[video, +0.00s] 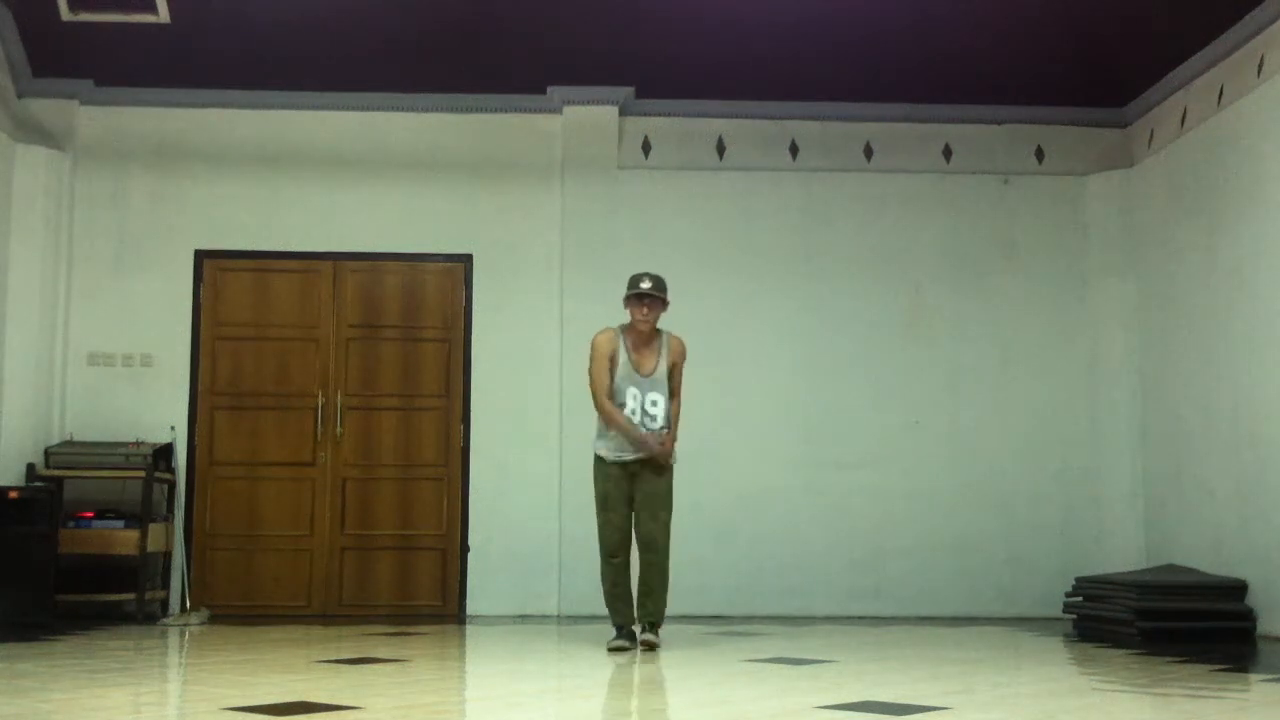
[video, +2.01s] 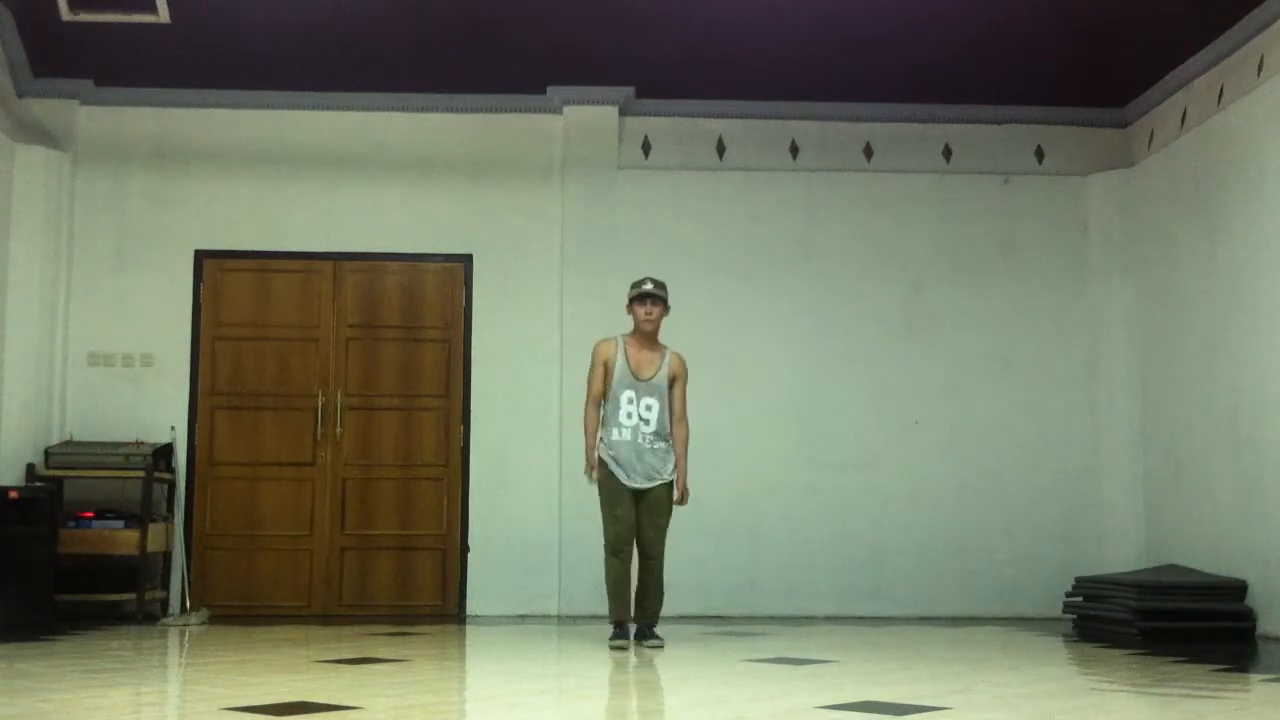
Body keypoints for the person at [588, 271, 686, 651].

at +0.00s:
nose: (644, 308)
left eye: (652, 302)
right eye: (637, 301)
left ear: (663, 307)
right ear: (627, 304)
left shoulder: (673, 347)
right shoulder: (606, 342)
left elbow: (674, 399)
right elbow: (601, 401)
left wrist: (669, 439)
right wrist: (639, 438)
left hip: (655, 460)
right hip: (612, 460)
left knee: (654, 542)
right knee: (614, 546)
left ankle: (650, 625)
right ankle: (622, 627)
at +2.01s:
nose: (648, 308)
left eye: (655, 302)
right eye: (641, 301)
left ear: (665, 310)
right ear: (630, 308)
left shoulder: (674, 363)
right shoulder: (607, 350)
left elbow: (679, 421)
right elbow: (593, 403)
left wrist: (681, 473)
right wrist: (591, 451)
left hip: (659, 470)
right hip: (614, 467)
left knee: (652, 549)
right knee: (618, 546)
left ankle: (647, 624)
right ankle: (620, 624)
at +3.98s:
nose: (708, 325)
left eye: (716, 318)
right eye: (704, 318)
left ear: (731, 323)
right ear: (697, 324)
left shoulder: (746, 376)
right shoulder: (678, 363)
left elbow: (741, 427)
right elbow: (664, 413)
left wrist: (727, 463)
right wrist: (666, 456)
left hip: (723, 479)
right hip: (676, 473)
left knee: (727, 551)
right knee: (650, 538)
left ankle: (718, 619)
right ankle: (656, 594)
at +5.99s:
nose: (661, 308)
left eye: (669, 302)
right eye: (654, 302)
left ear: (679, 309)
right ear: (644, 309)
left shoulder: (698, 355)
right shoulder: (629, 356)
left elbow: (707, 413)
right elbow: (606, 404)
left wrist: (693, 461)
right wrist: (568, 429)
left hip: (682, 466)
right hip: (640, 464)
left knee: (677, 547)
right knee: (641, 543)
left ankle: (669, 625)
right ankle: (647, 623)